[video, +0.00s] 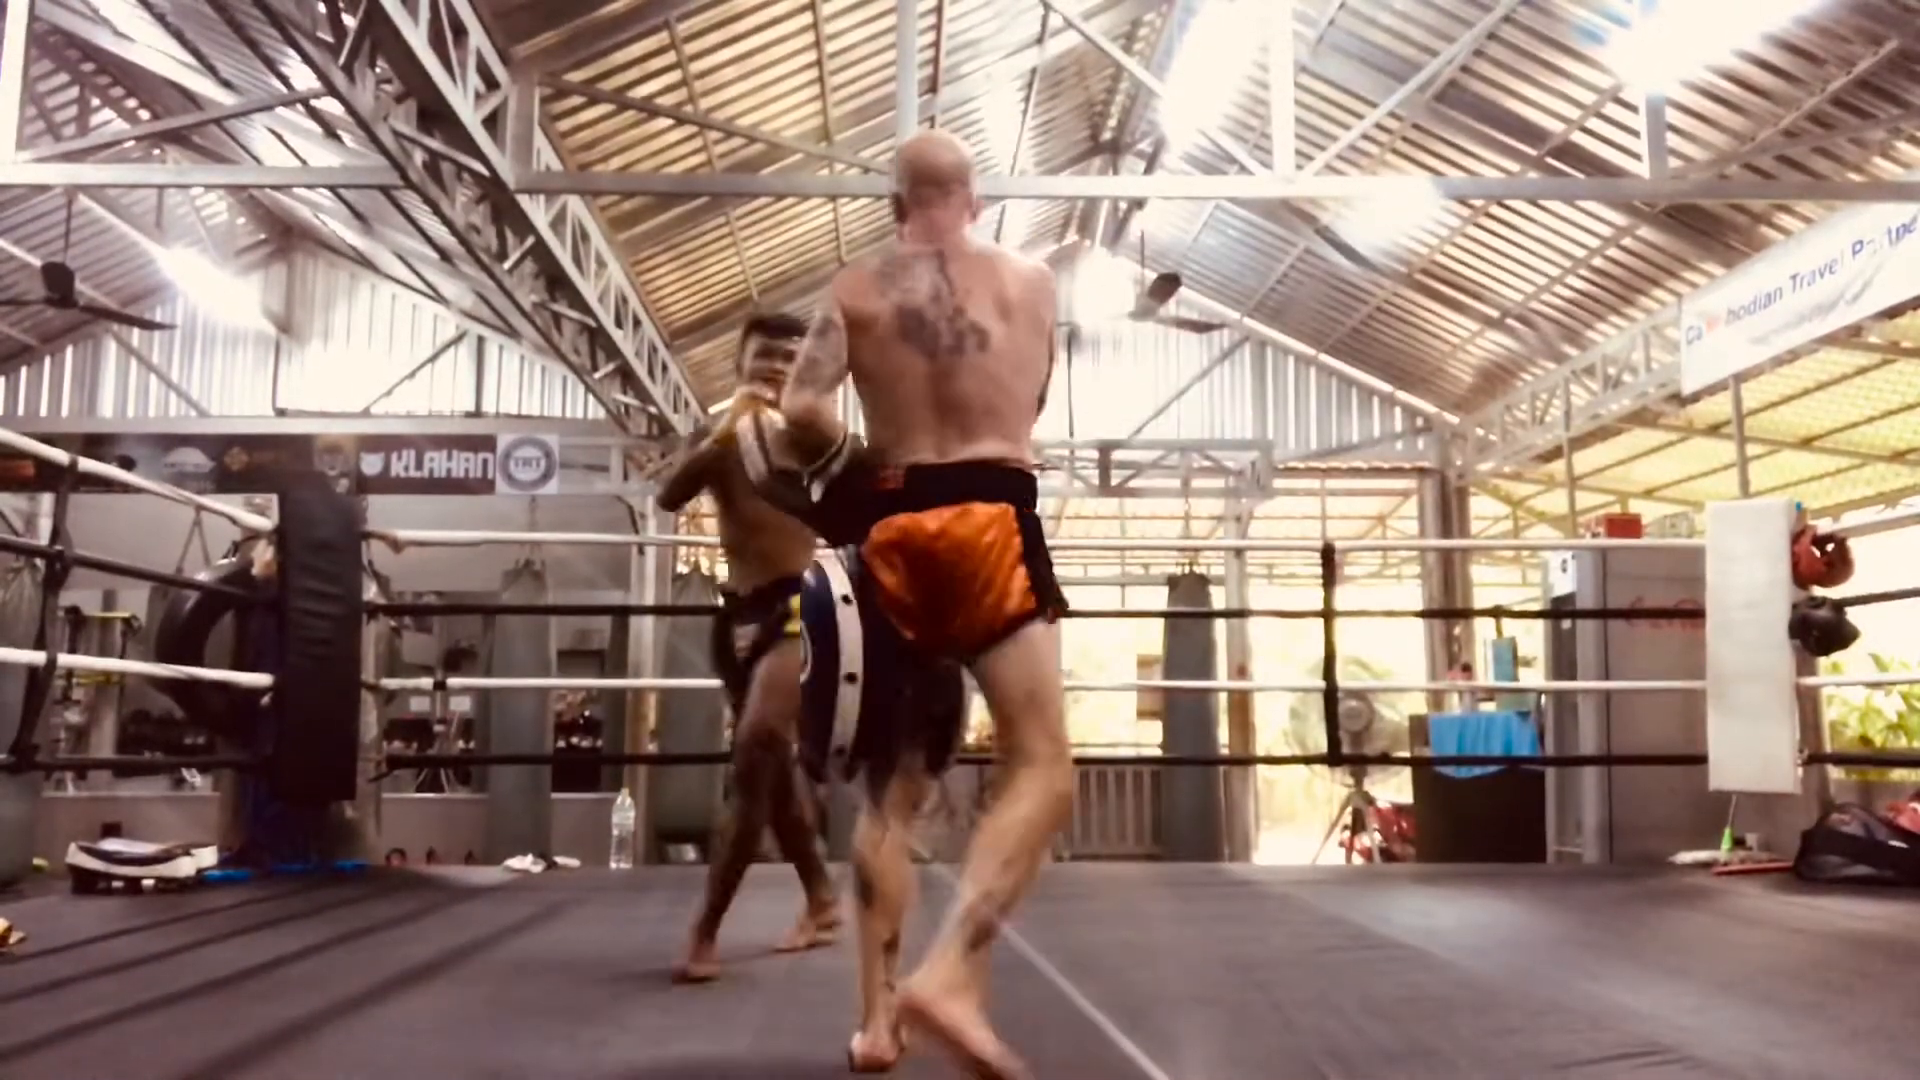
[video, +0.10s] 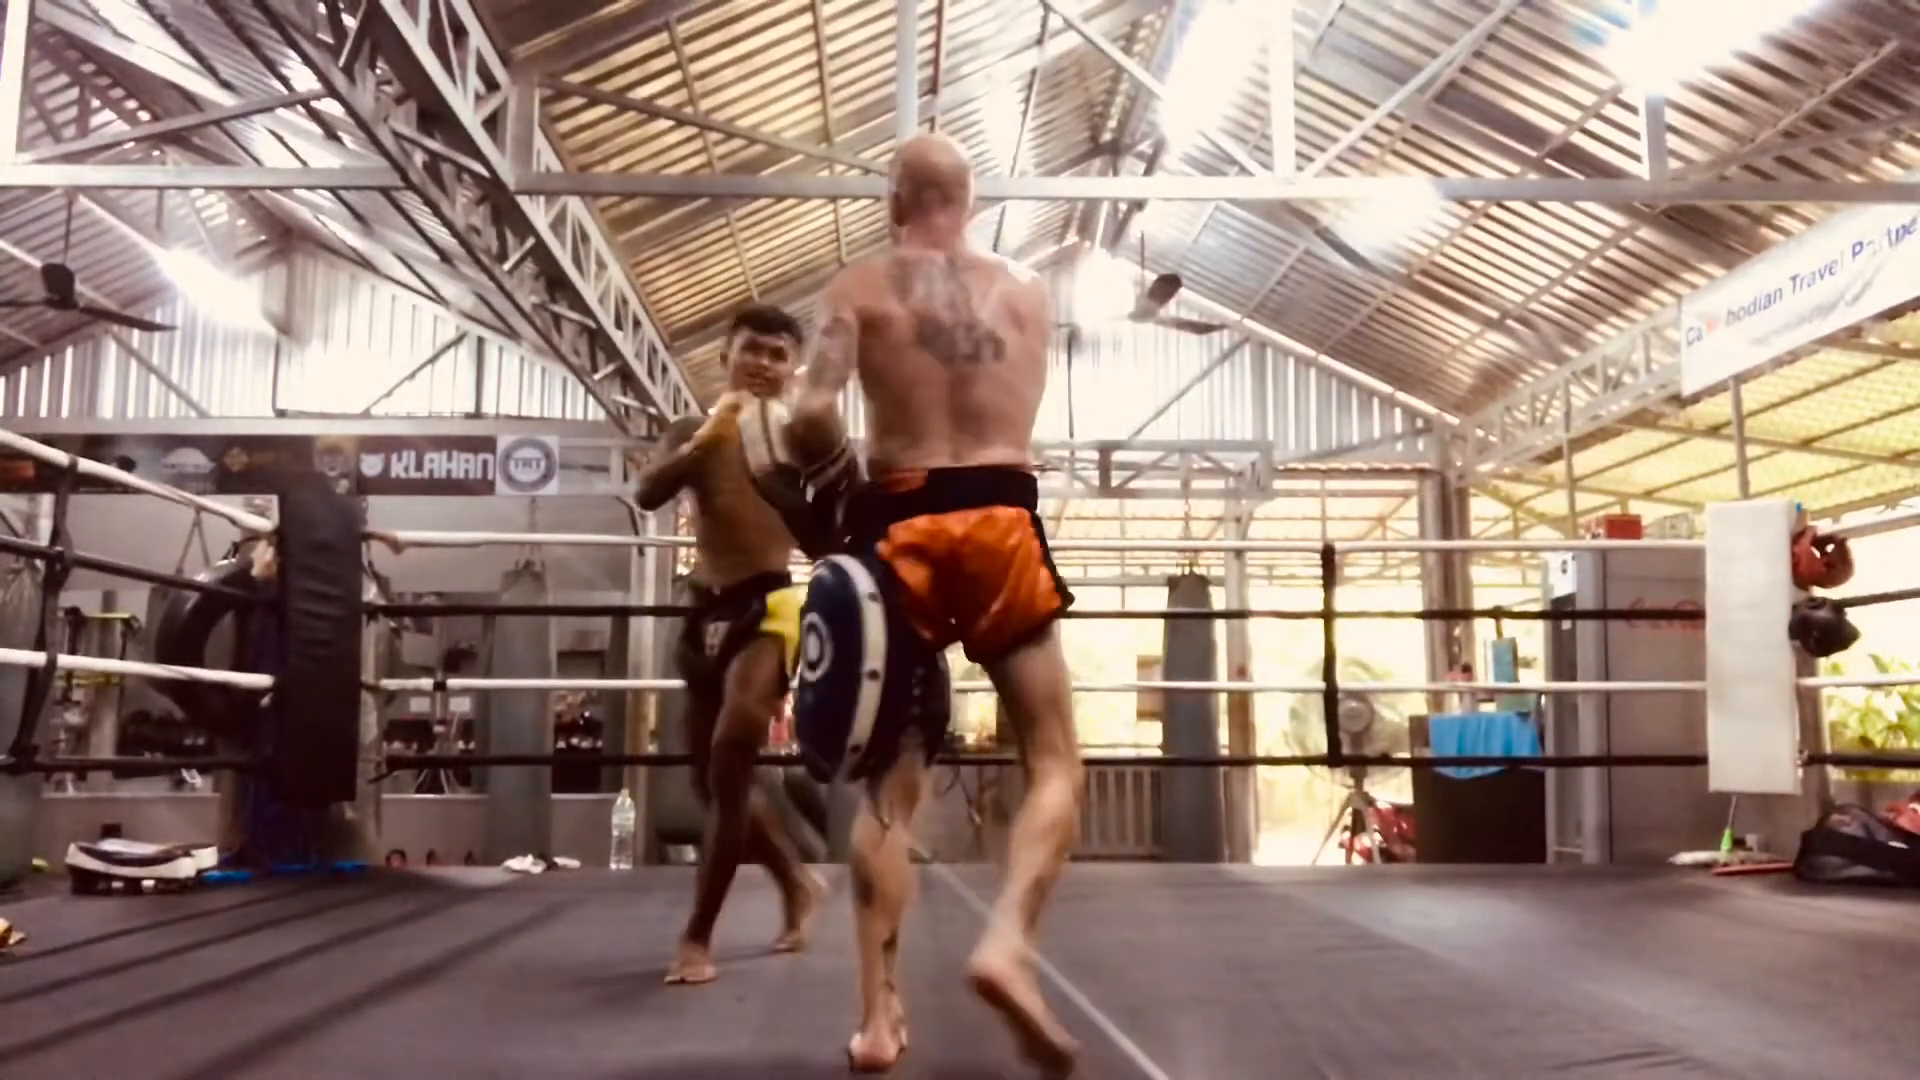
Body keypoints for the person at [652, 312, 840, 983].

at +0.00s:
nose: (772, 368)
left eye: (785, 359)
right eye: (764, 356)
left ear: (803, 372)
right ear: (741, 363)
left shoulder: (813, 435)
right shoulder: (718, 435)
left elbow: (850, 498)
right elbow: (669, 497)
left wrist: (785, 452)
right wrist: (724, 438)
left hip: (799, 602)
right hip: (740, 609)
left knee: (754, 756)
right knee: (770, 759)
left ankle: (705, 930)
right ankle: (821, 896)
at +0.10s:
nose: (762, 363)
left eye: (776, 355)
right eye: (752, 349)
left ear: (794, 367)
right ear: (728, 355)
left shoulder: (803, 429)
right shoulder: (703, 430)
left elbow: (827, 536)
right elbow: (646, 493)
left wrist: (779, 468)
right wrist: (706, 439)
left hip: (772, 598)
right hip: (710, 605)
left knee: (731, 765)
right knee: (709, 773)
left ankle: (697, 939)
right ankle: (798, 882)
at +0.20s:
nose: (749, 361)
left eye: (763, 352)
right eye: (738, 346)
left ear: (779, 364)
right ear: (713, 350)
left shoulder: (783, 435)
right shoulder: (677, 423)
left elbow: (803, 524)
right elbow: (637, 495)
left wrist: (790, 450)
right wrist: (695, 449)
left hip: (751, 605)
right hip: (686, 601)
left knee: (724, 770)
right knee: (648, 770)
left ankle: (697, 938)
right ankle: (737, 873)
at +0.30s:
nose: (735, 369)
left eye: (749, 358)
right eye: (726, 351)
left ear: (763, 366)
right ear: (697, 344)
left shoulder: (768, 434)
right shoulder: (661, 414)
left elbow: (780, 518)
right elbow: (645, 491)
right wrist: (713, 441)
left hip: (736, 607)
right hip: (667, 598)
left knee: (718, 778)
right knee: (611, 752)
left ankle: (699, 938)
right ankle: (655, 907)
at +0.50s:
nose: (714, 366)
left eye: (725, 355)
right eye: (704, 347)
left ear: (734, 355)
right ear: (674, 330)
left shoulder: (724, 417)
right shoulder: (624, 390)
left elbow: (755, 517)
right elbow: (646, 455)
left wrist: (766, 484)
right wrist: (735, 398)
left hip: (690, 603)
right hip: (617, 598)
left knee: (696, 782)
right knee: (573, 778)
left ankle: (692, 941)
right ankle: (534, 951)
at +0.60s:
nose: (687, 347)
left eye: (698, 338)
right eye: (678, 329)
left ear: (704, 344)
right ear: (642, 319)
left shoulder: (685, 422)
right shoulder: (593, 386)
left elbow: (708, 502)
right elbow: (651, 430)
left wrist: (740, 549)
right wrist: (744, 393)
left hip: (667, 598)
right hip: (591, 595)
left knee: (679, 777)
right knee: (558, 779)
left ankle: (688, 940)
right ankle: (533, 963)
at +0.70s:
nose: (657, 332)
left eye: (667, 320)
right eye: (648, 313)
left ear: (671, 322)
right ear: (608, 296)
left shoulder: (662, 399)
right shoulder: (566, 376)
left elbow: (673, 508)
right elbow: (637, 412)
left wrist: (701, 587)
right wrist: (747, 383)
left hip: (648, 592)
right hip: (568, 589)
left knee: (673, 767)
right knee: (544, 779)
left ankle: (674, 927)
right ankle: (529, 965)